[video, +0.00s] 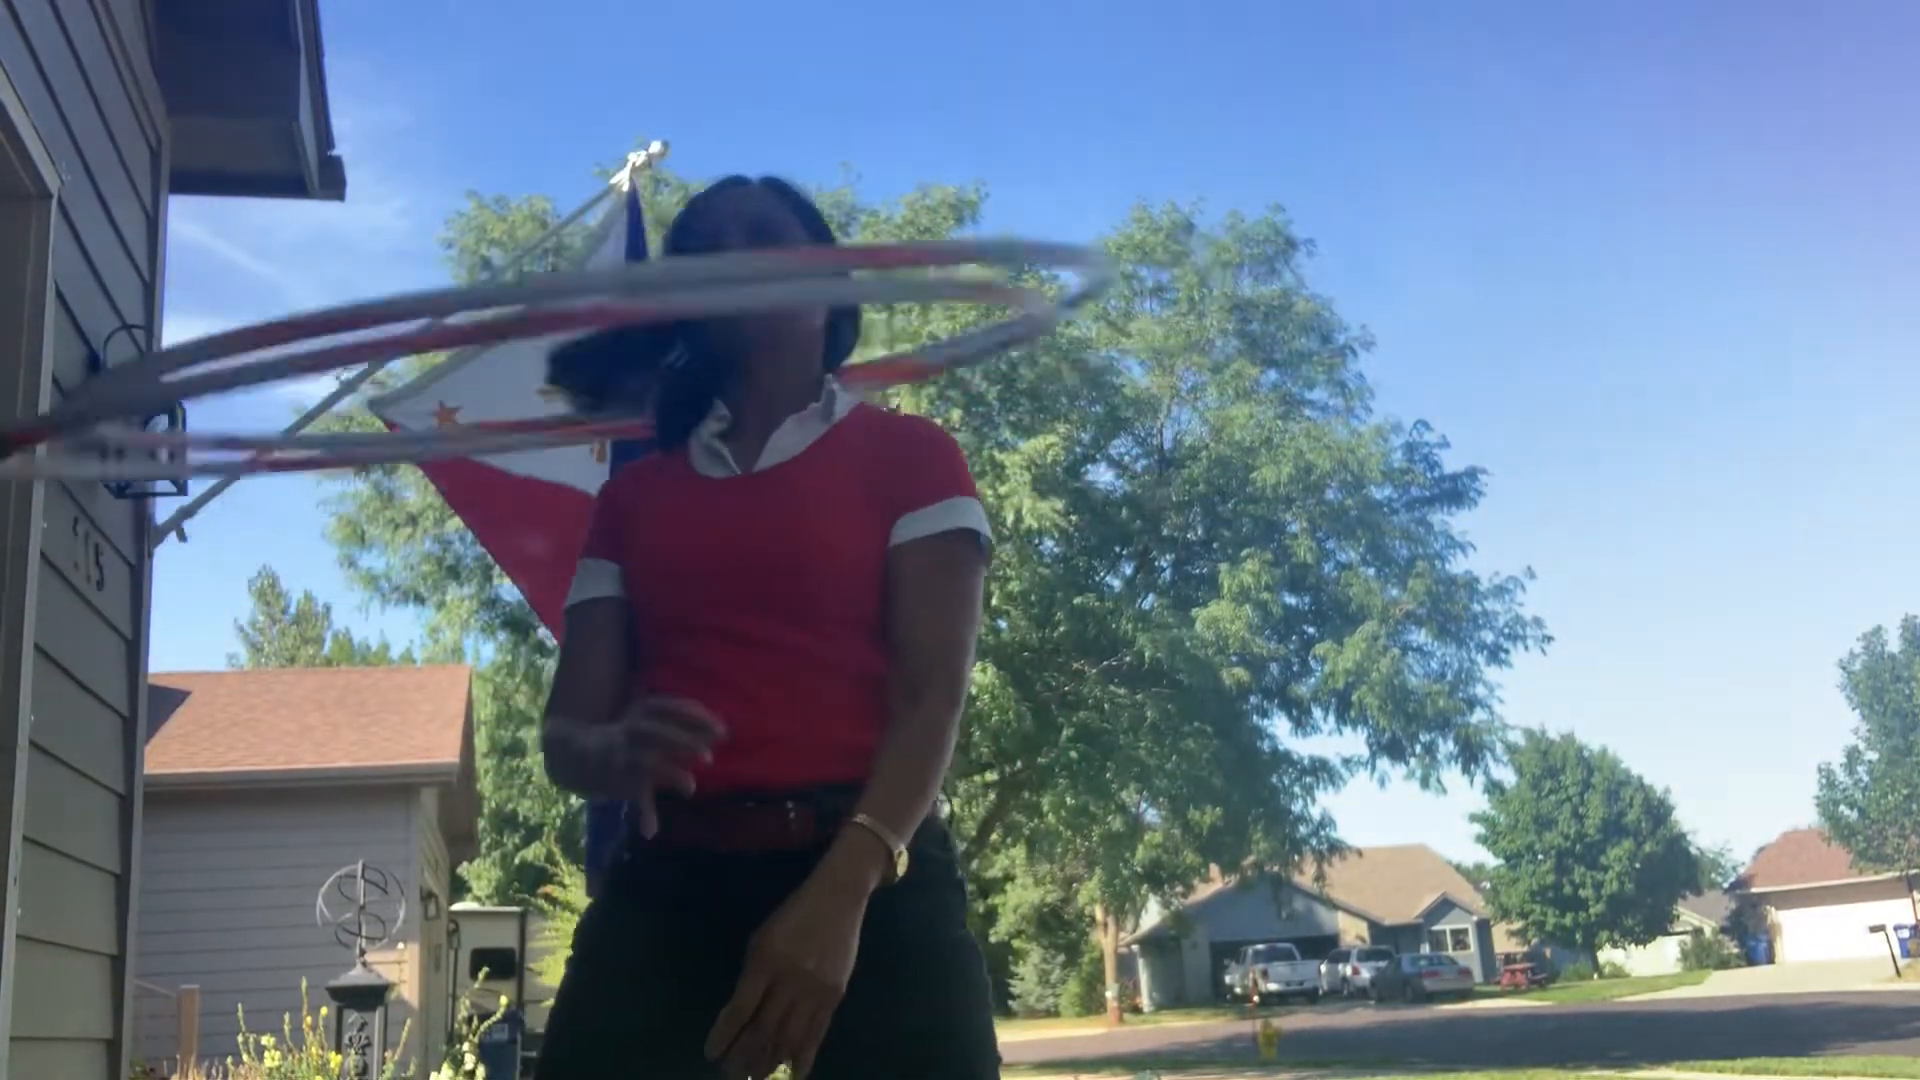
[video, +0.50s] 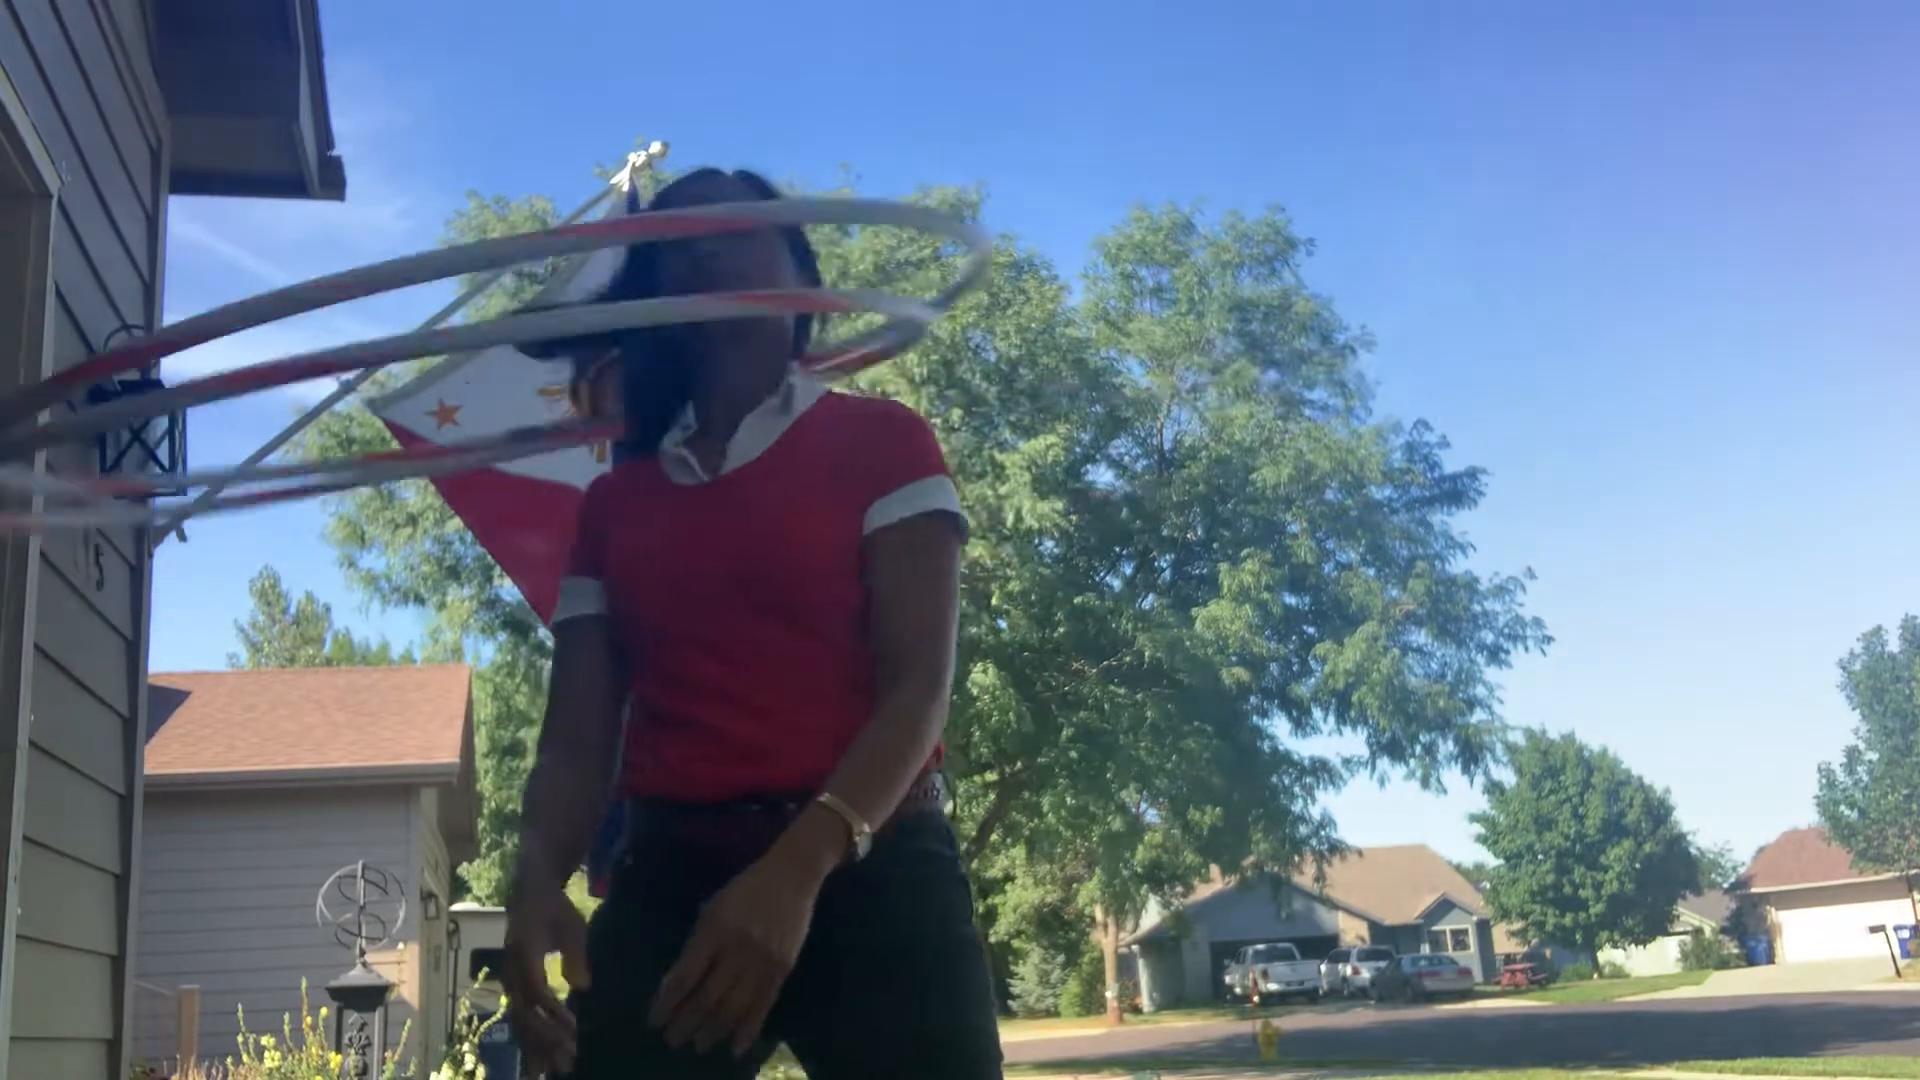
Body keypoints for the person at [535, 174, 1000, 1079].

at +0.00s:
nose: (743, 261)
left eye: (771, 238)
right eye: (712, 249)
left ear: (829, 280)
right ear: (680, 298)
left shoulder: (909, 454)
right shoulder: (636, 491)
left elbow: (932, 698)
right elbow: (569, 730)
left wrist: (841, 887)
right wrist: (611, 754)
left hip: (874, 877)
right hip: (670, 878)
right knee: (590, 1063)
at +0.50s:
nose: (725, 256)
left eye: (750, 236)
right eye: (695, 241)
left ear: (802, 285)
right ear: (658, 290)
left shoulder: (880, 438)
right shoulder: (616, 501)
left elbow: (918, 690)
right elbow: (576, 734)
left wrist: (800, 863)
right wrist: (538, 883)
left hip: (873, 874)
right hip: (669, 884)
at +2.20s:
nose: (737, 224)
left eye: (772, 201)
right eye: (706, 205)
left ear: (828, 245)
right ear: (668, 252)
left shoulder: (896, 420)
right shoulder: (620, 470)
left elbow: (964, 689)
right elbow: (571, 736)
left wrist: (909, 926)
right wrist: (496, 964)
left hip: (870, 872)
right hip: (659, 875)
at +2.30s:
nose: (789, 251)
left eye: (822, 229)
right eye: (759, 233)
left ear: (881, 271)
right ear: (725, 277)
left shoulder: (929, 443)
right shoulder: (657, 475)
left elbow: (949, 702)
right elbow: (585, 707)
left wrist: (852, 913)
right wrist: (483, 931)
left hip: (875, 885)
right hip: (662, 881)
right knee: (562, 1063)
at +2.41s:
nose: (752, 234)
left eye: (792, 211)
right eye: (737, 223)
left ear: (877, 267)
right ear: (717, 279)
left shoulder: (921, 430)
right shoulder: (655, 477)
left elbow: (902, 678)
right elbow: (582, 700)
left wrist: (750, 862)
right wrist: (462, 898)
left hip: (871, 874)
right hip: (657, 877)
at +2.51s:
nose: (722, 222)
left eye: (759, 204)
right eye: (698, 217)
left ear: (829, 261)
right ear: (673, 280)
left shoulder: (874, 402)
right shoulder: (626, 471)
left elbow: (875, 656)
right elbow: (563, 711)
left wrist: (695, 840)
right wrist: (442, 887)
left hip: (866, 861)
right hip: (653, 877)